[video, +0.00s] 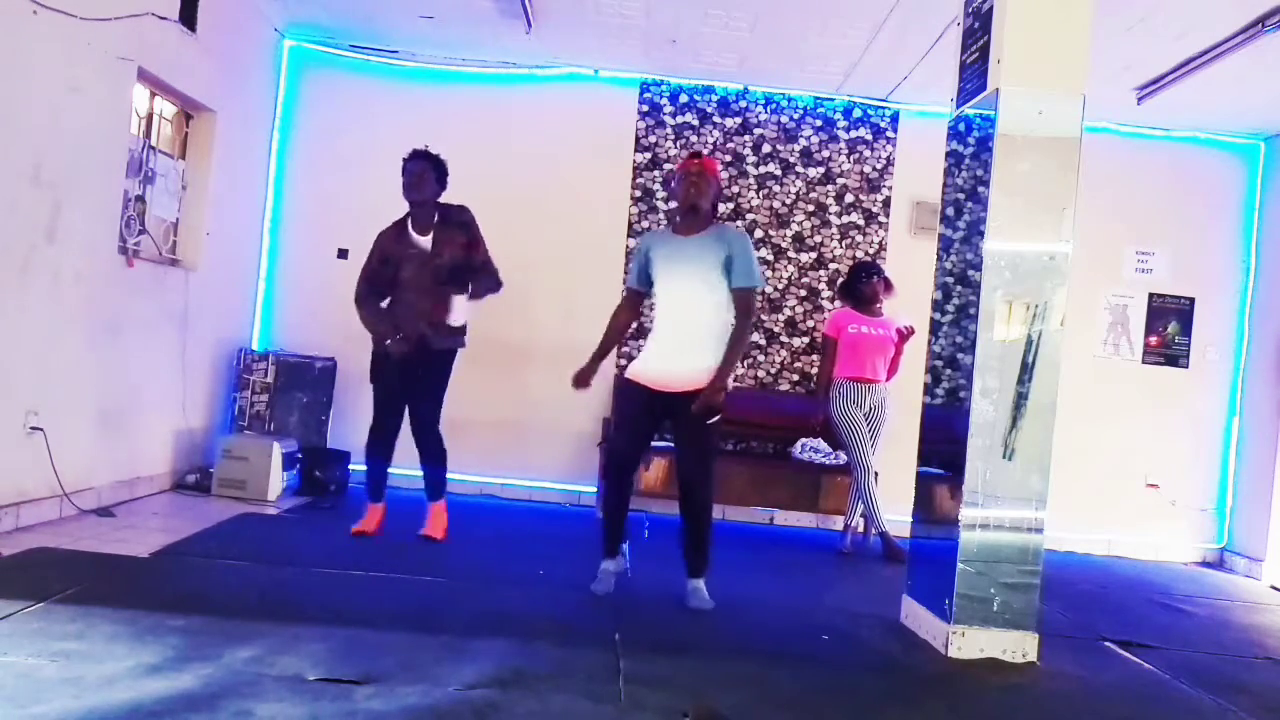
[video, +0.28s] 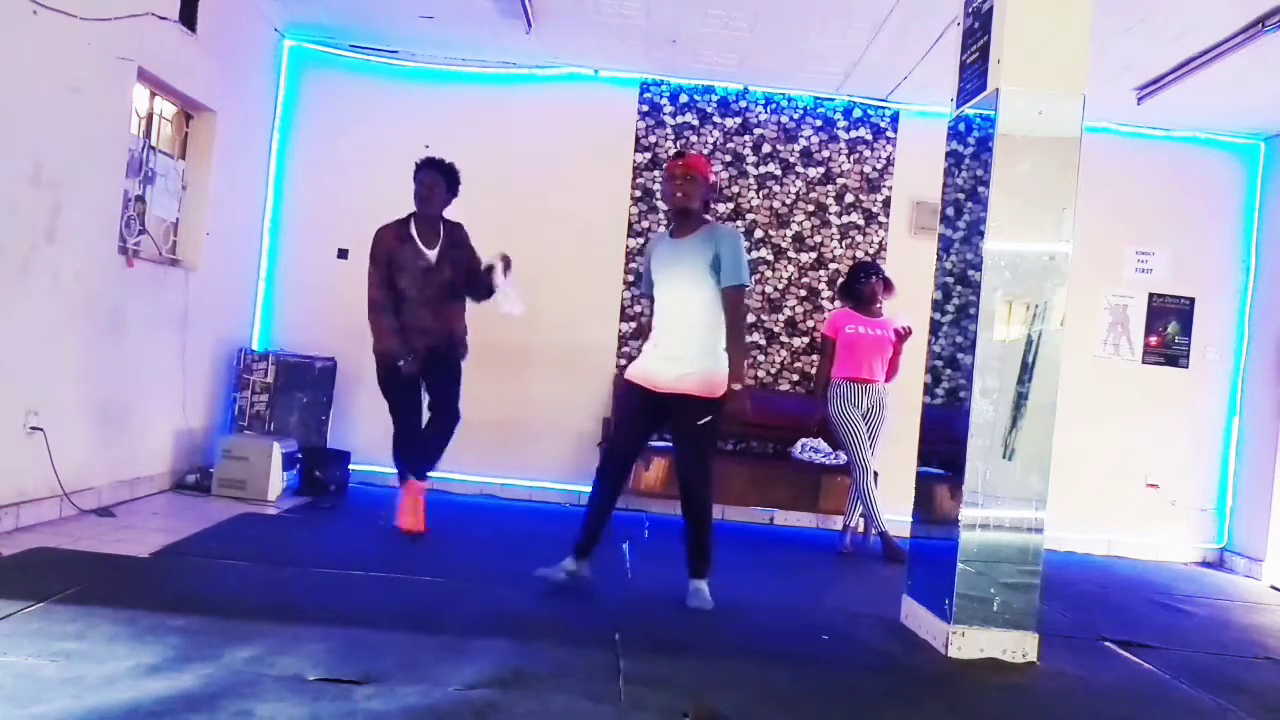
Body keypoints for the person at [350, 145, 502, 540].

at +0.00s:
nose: (414, 182)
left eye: (422, 175)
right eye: (408, 175)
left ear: (440, 184)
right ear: (401, 183)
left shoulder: (458, 224)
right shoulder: (390, 238)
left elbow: (491, 280)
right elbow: (364, 295)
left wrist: (464, 283)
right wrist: (386, 335)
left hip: (438, 346)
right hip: (393, 344)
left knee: (425, 427)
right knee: (383, 426)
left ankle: (437, 509)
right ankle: (375, 507)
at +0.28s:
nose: (425, 192)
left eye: (434, 187)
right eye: (421, 185)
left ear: (450, 195)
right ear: (413, 189)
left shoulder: (456, 236)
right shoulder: (389, 237)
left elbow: (474, 289)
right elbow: (379, 301)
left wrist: (491, 277)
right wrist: (395, 352)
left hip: (443, 349)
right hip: (400, 348)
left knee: (447, 415)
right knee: (406, 421)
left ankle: (416, 484)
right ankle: (410, 493)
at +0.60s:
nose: (406, 196)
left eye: (415, 190)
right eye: (402, 189)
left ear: (433, 193)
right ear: (396, 191)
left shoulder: (449, 244)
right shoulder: (385, 216)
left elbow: (446, 305)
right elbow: (366, 272)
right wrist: (376, 327)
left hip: (420, 346)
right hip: (377, 338)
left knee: (409, 421)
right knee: (366, 419)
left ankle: (400, 497)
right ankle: (342, 497)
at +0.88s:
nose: (394, 188)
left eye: (403, 181)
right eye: (389, 181)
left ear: (421, 185)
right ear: (383, 183)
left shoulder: (442, 228)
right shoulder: (375, 224)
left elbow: (445, 292)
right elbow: (357, 279)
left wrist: (398, 324)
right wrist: (370, 318)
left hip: (418, 348)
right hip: (375, 342)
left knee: (405, 423)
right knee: (357, 419)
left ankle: (409, 492)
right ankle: (335, 494)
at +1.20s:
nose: (403, 193)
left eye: (412, 187)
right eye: (398, 186)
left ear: (428, 191)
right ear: (391, 190)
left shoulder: (449, 232)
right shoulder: (373, 241)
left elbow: (466, 278)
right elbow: (365, 305)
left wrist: (482, 283)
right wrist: (384, 348)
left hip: (433, 352)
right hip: (390, 352)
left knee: (427, 426)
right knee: (398, 423)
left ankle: (397, 491)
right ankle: (403, 499)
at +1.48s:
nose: (417, 188)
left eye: (426, 181)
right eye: (412, 180)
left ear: (440, 189)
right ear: (402, 184)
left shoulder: (452, 239)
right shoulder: (378, 228)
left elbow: (467, 298)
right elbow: (362, 289)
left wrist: (496, 315)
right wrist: (386, 336)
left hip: (430, 353)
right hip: (383, 347)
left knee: (423, 428)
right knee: (379, 422)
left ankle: (432, 505)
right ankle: (362, 493)